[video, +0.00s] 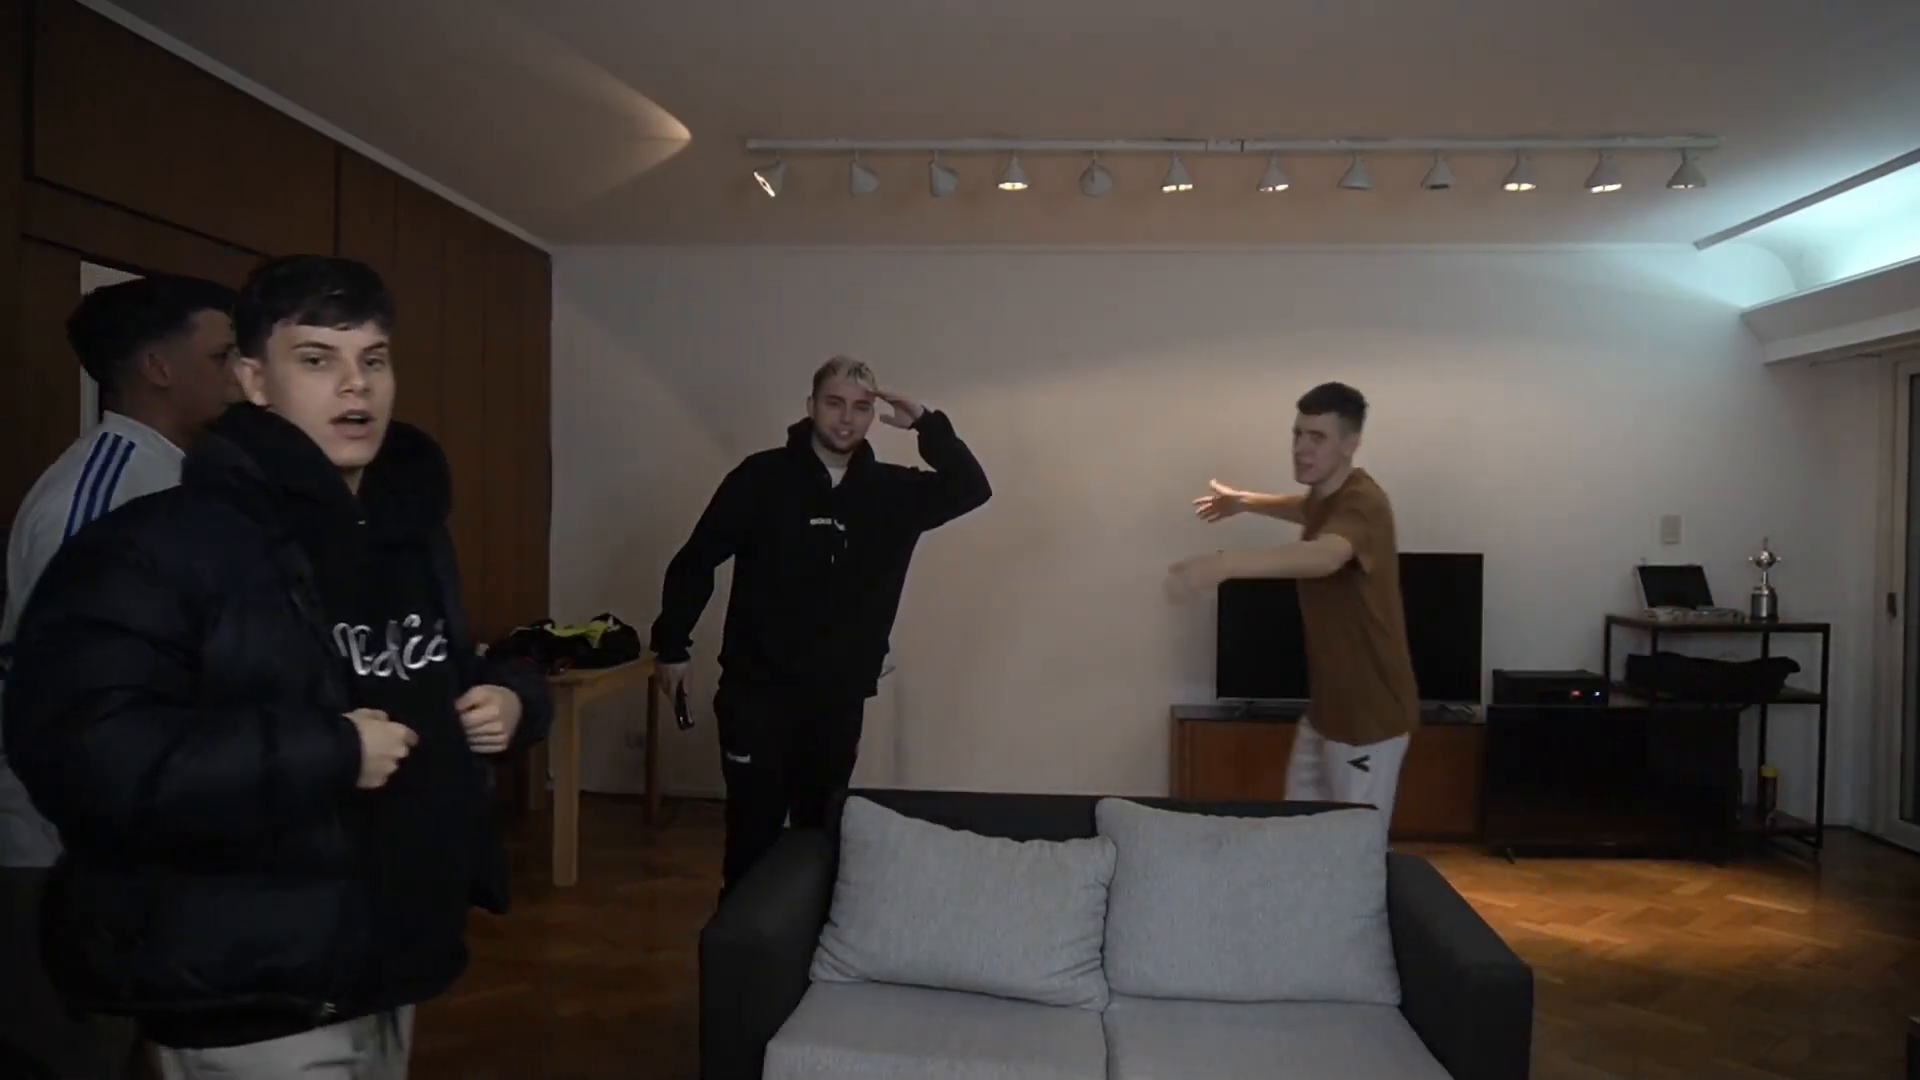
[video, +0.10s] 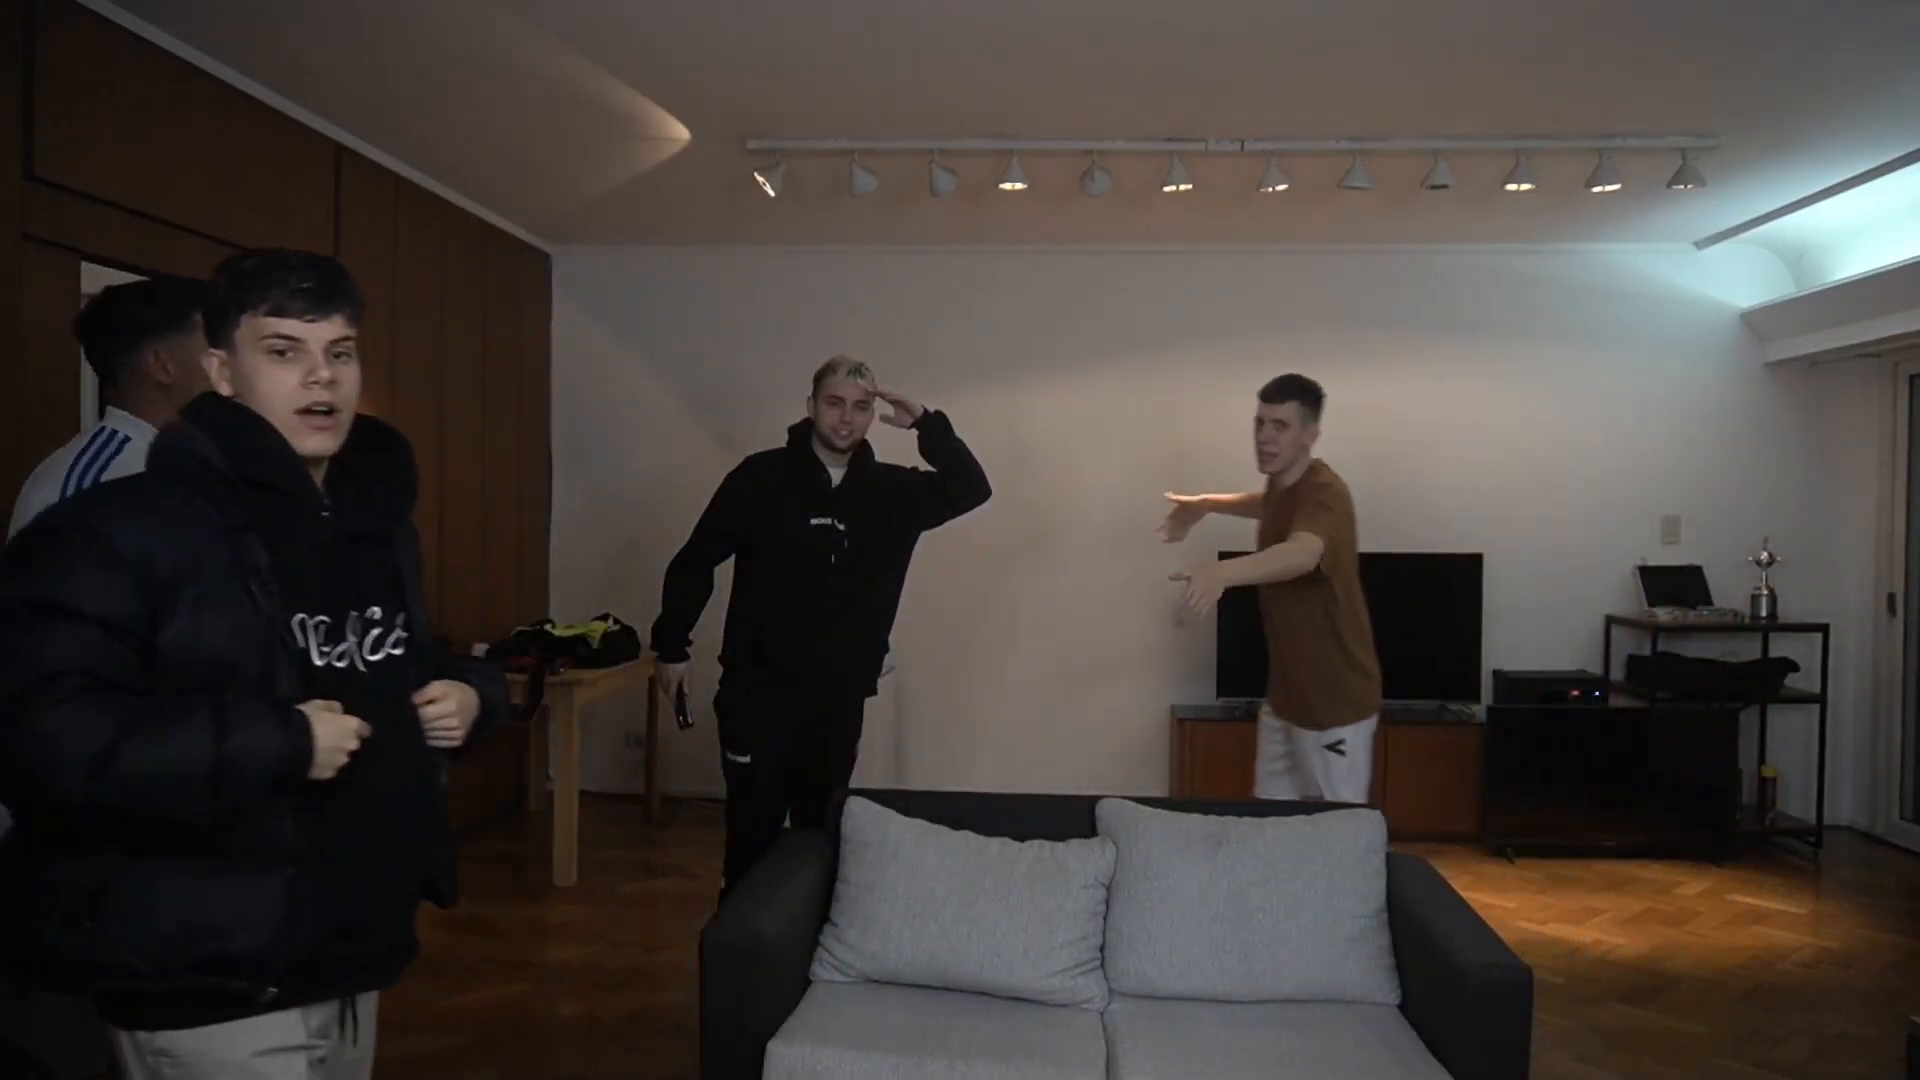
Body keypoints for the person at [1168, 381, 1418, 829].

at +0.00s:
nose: (1301, 447)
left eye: (1317, 437)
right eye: (1298, 434)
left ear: (1351, 444)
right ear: (1293, 434)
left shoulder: (1363, 501)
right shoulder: (1327, 497)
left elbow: (1325, 556)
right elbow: (1300, 508)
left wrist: (1222, 566)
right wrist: (1242, 501)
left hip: (1371, 718)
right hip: (1326, 707)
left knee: (1357, 852)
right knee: (1299, 838)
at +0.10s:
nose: (1264, 436)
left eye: (1279, 425)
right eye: (1260, 423)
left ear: (1311, 435)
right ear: (1253, 425)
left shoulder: (1324, 491)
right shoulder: (1279, 490)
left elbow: (1303, 553)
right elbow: (1262, 506)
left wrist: (1223, 573)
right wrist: (1204, 503)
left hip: (1337, 703)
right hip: (1286, 695)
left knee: (1342, 836)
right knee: (1275, 831)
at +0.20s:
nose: (1230, 445)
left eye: (1246, 434)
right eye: (1225, 433)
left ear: (1275, 441)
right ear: (1218, 434)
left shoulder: (1291, 498)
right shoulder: (1236, 498)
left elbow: (1300, 564)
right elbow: (1215, 511)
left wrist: (1237, 584)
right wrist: (1146, 503)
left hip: (1293, 705)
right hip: (1243, 697)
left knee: (1284, 835)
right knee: (1226, 825)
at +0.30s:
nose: (1202, 451)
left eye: (1218, 441)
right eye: (1196, 439)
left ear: (1243, 450)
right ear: (1188, 443)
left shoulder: (1262, 508)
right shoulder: (1193, 505)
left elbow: (1299, 570)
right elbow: (1151, 525)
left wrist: (1267, 590)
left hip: (1252, 712)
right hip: (1209, 703)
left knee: (1217, 832)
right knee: (1195, 827)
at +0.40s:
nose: (1172, 441)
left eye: (1187, 431)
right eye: (1165, 429)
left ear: (1212, 439)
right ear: (1156, 433)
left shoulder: (1238, 500)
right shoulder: (1154, 497)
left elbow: (1291, 550)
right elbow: (1098, 520)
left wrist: (1299, 574)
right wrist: (1014, 517)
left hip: (1221, 694)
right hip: (1174, 686)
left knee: (1162, 818)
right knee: (1181, 821)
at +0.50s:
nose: (1143, 433)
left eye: (1158, 422)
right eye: (1135, 421)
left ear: (1181, 432)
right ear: (1125, 427)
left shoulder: (1211, 495)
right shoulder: (1116, 491)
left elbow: (1264, 531)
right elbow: (1049, 509)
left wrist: (1292, 542)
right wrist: (967, 504)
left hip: (1184, 686)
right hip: (1133, 679)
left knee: (1139, 809)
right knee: (1141, 809)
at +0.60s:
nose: (1115, 442)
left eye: (1129, 432)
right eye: (1106, 430)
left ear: (1151, 443)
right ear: (1093, 439)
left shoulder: (1183, 509)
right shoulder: (1081, 501)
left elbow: (1243, 543)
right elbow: (1012, 507)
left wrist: (1268, 534)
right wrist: (948, 490)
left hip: (1150, 709)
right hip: (1090, 701)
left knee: (1122, 828)